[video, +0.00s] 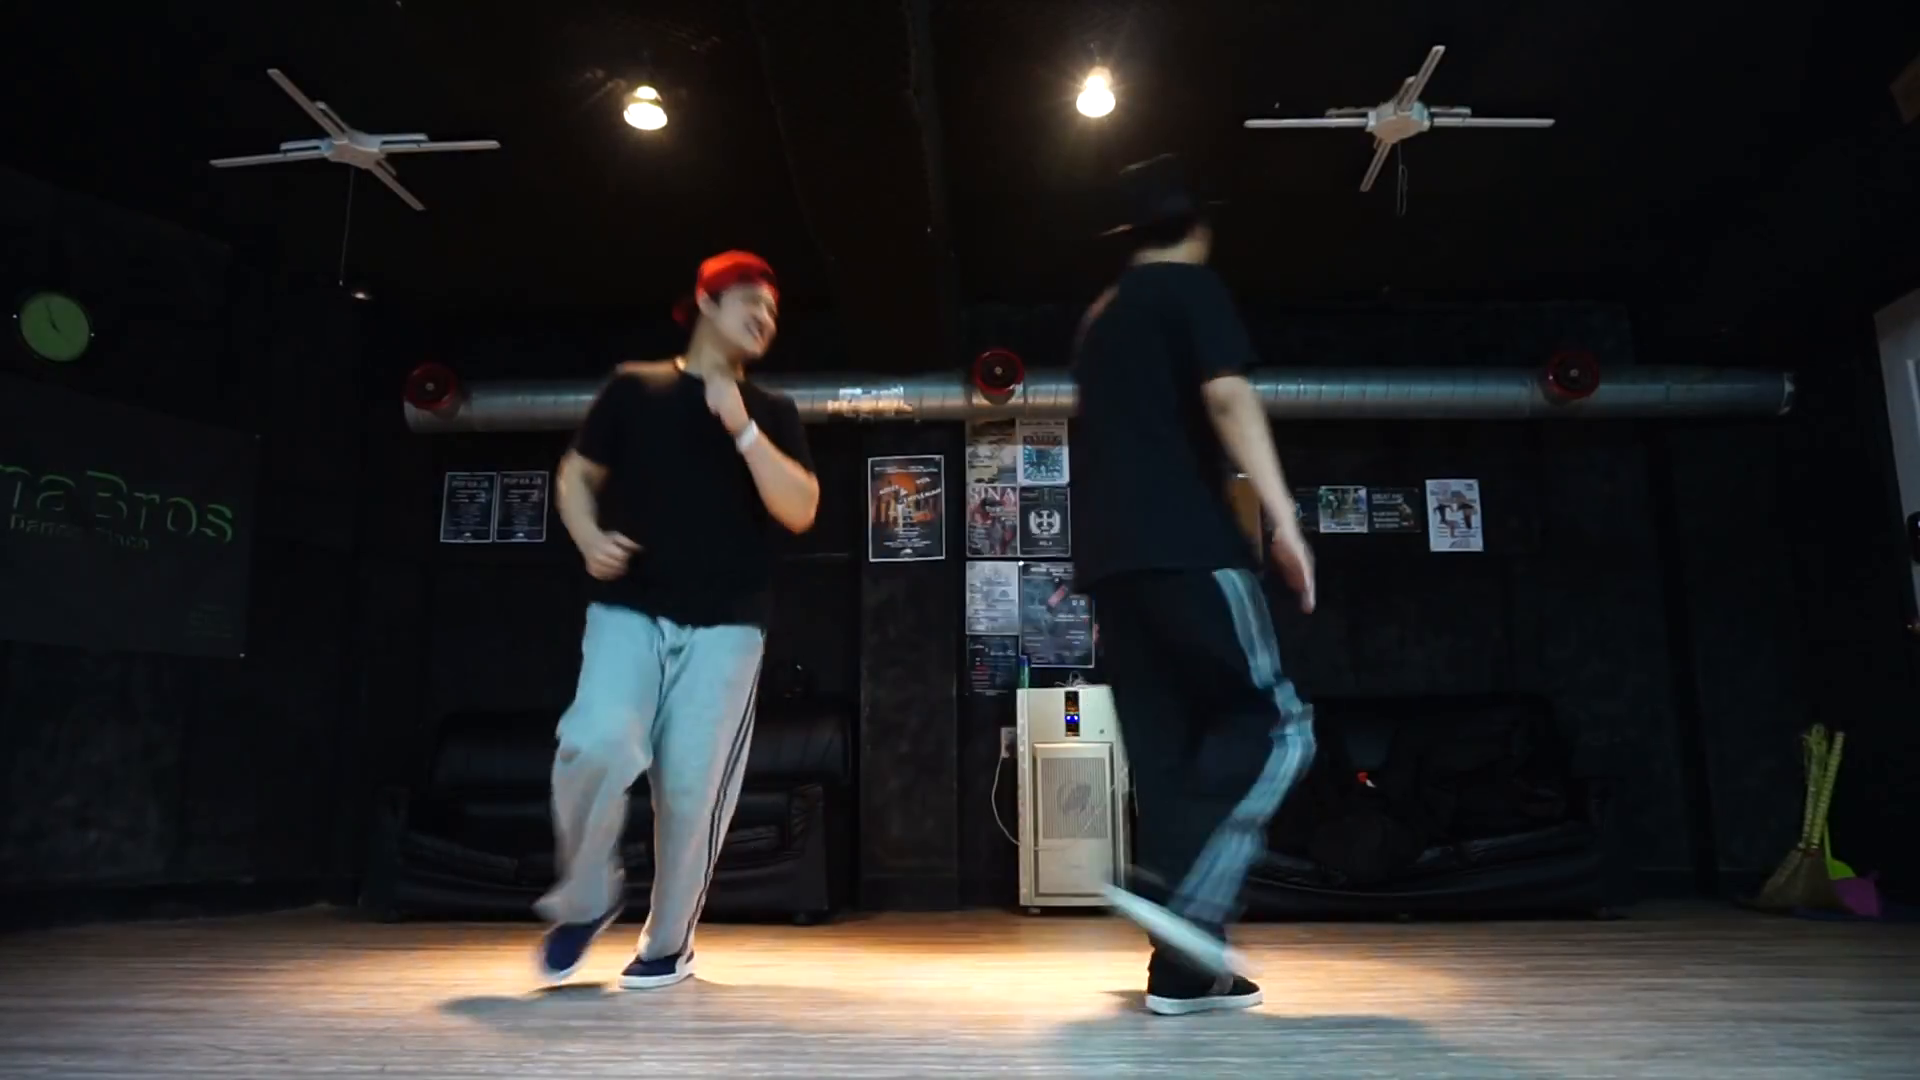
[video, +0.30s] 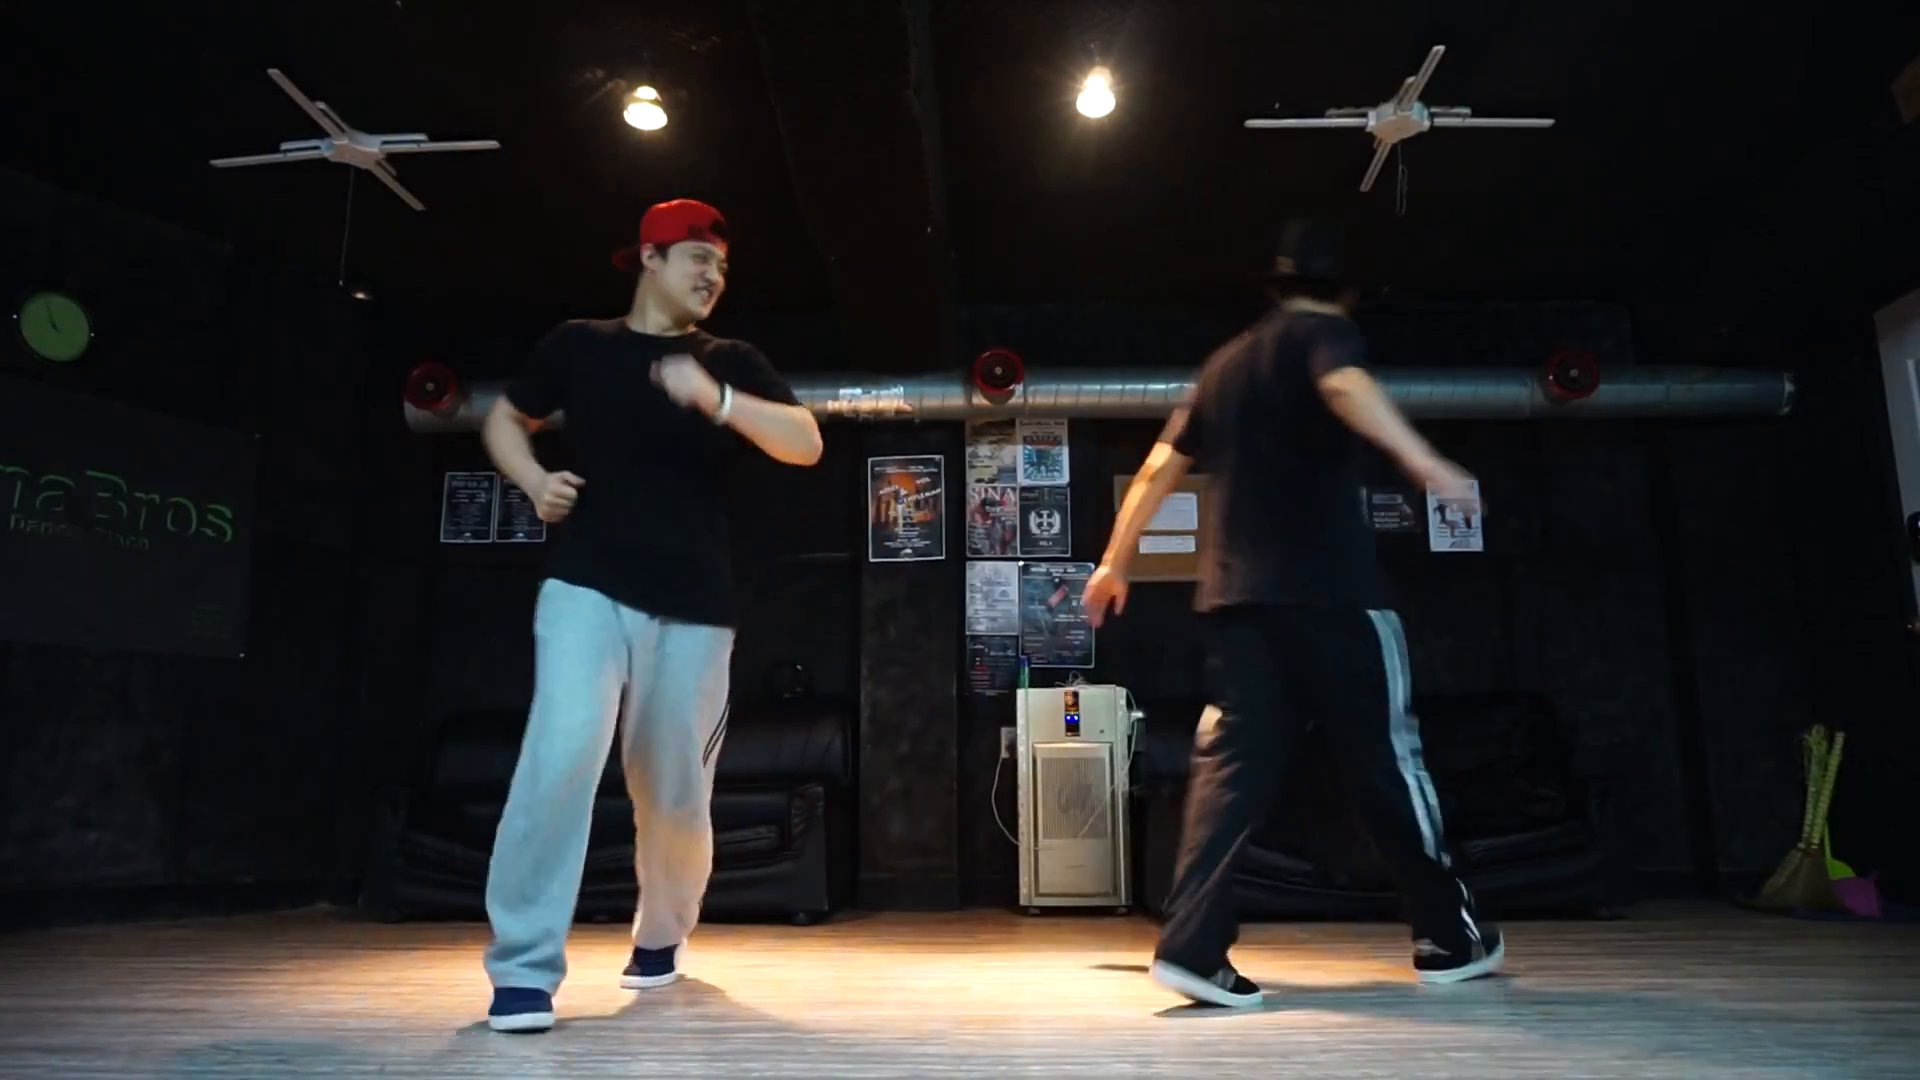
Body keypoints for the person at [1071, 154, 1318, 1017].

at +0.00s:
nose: (1208, 238)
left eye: (1199, 228)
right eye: (1206, 227)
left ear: (1133, 235)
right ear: (1196, 228)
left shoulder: (1105, 312)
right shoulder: (1192, 290)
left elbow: (1113, 443)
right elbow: (1229, 400)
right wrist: (1283, 518)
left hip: (1118, 560)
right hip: (1188, 551)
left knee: (1165, 750)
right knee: (1277, 723)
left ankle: (1183, 965)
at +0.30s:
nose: (1354, 299)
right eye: (1351, 289)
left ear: (1274, 282)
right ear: (1344, 286)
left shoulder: (1225, 363)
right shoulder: (1323, 334)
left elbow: (1158, 470)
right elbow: (1346, 387)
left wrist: (1113, 562)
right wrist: (1427, 464)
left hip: (1239, 600)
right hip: (1332, 593)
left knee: (1232, 762)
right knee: (1388, 760)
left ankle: (1190, 950)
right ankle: (1449, 934)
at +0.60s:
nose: (1347, 309)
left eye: (1348, 299)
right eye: (1355, 299)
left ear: (1355, 301)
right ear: (1420, 294)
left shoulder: (1322, 374)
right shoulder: (1450, 350)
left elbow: (1296, 485)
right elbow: (1545, 406)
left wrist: (1279, 563)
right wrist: (1660, 438)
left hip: (1358, 591)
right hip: (1442, 583)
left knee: (1391, 740)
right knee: (1462, 751)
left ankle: (1374, 876)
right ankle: (1455, 937)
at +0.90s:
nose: (1396, 363)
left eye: (1396, 353)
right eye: (1398, 353)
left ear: (1406, 350)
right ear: (1464, 341)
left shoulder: (1391, 420)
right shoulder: (1517, 395)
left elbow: (1401, 523)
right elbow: (1541, 502)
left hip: (1440, 612)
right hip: (1517, 605)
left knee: (1492, 761)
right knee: (1512, 761)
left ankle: (1569, 915)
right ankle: (1457, 924)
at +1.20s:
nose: (1422, 383)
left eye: (1424, 369)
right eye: (1422, 371)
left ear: (1446, 361)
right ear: (1486, 363)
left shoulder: (1430, 429)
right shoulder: (1548, 415)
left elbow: (1404, 522)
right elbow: (1604, 506)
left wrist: (1382, 613)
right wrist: (1644, 595)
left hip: (1485, 621)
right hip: (1566, 613)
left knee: (1512, 767)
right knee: (1586, 731)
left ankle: (1570, 921)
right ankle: (1607, 840)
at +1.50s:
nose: (1432, 406)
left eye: (1435, 390)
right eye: (1429, 394)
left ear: (1468, 381)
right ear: (1484, 382)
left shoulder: (1463, 439)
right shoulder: (1551, 435)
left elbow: (1436, 488)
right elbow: (1635, 484)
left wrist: (1384, 554)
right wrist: (1703, 536)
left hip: (1494, 629)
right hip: (1563, 624)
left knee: (1508, 765)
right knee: (1562, 752)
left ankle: (1571, 916)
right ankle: (1557, 892)